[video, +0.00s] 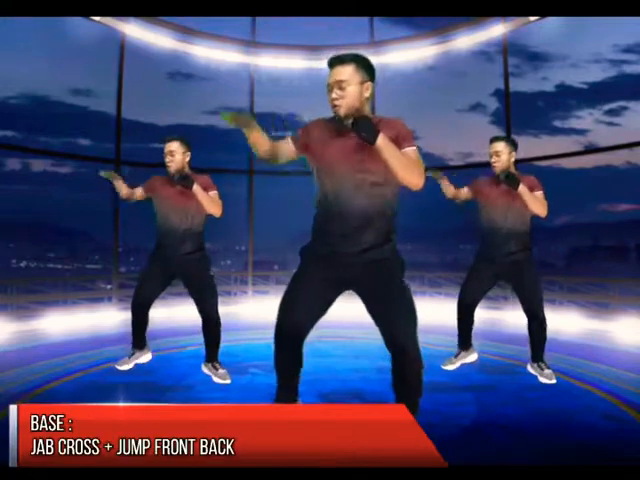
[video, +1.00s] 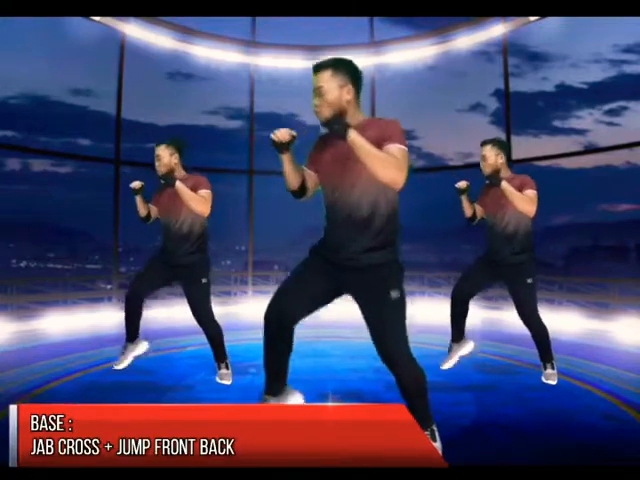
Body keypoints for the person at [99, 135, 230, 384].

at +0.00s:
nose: (168, 159)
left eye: (173, 154)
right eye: (166, 155)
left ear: (187, 156)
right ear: (164, 158)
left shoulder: (202, 182)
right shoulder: (157, 183)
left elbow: (216, 210)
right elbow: (130, 195)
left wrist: (193, 184)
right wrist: (117, 182)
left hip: (194, 259)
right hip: (163, 258)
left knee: (210, 312)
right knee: (140, 303)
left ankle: (212, 362)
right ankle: (140, 350)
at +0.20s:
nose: (154, 159)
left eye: (158, 155)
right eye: (153, 155)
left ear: (173, 156)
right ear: (155, 158)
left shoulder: (189, 183)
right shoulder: (155, 183)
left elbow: (195, 216)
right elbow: (145, 197)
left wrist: (173, 192)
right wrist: (136, 191)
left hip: (180, 257)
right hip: (157, 256)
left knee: (194, 309)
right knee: (136, 300)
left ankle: (218, 359)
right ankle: (141, 352)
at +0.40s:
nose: (156, 159)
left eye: (160, 155)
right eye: (156, 155)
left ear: (170, 157)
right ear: (164, 157)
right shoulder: (168, 178)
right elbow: (156, 206)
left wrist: (106, 169)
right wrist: (154, 185)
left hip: (176, 253)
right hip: (162, 252)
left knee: (184, 312)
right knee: (139, 298)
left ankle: (218, 359)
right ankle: (141, 352)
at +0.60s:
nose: (158, 162)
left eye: (161, 158)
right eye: (156, 158)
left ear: (173, 158)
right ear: (157, 162)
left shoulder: (189, 180)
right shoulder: (161, 183)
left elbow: (188, 206)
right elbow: (154, 211)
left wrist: (161, 184)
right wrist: (150, 191)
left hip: (189, 256)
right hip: (168, 255)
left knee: (198, 312)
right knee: (145, 301)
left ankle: (222, 363)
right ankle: (142, 352)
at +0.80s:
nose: (161, 164)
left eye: (165, 159)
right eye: (160, 160)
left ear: (180, 159)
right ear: (166, 163)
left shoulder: (201, 182)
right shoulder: (166, 191)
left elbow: (205, 212)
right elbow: (151, 216)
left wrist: (177, 187)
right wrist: (145, 195)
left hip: (197, 261)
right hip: (171, 260)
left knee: (205, 315)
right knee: (147, 302)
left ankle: (222, 365)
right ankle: (142, 352)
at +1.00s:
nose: (156, 163)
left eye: (160, 158)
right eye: (156, 159)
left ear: (175, 158)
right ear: (162, 162)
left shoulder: (197, 181)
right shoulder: (164, 191)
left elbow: (204, 209)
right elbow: (148, 216)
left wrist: (177, 183)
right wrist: (138, 195)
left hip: (194, 261)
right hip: (167, 259)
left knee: (203, 315)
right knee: (134, 294)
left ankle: (223, 364)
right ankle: (132, 342)